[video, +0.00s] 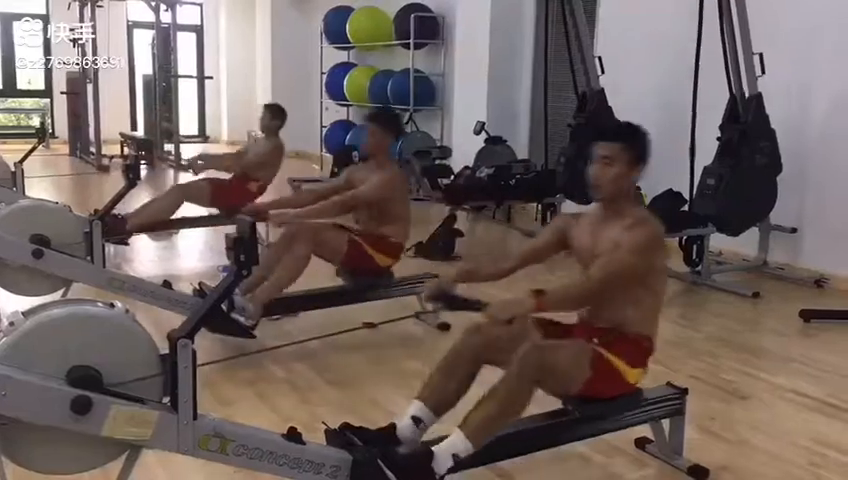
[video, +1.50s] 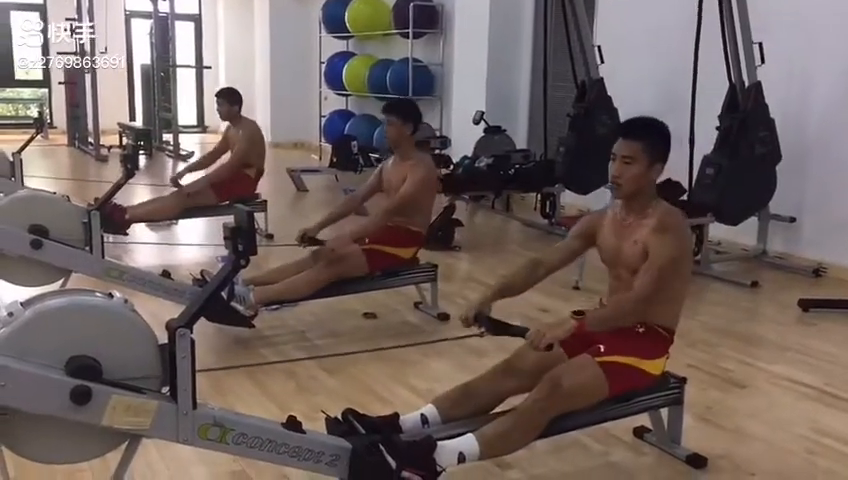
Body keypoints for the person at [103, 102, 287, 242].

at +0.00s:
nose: (261, 120)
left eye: (265, 117)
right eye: (263, 116)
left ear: (275, 123)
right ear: (270, 121)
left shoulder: (271, 146)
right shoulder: (261, 141)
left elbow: (237, 164)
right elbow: (233, 157)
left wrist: (204, 163)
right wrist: (205, 158)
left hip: (239, 195)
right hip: (234, 188)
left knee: (181, 190)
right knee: (179, 189)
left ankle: (127, 225)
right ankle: (127, 221)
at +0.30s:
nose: (274, 135)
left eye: (277, 131)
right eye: (275, 131)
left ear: (284, 135)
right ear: (287, 135)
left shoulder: (287, 161)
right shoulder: (281, 155)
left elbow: (295, 192)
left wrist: (267, 161)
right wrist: (254, 158)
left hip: (236, 192)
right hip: (231, 185)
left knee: (178, 192)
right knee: (177, 189)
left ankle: (122, 225)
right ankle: (122, 220)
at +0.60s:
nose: (260, 130)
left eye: (264, 126)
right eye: (260, 125)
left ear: (276, 128)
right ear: (264, 126)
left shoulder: (279, 156)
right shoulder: (264, 149)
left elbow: (275, 186)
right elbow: (250, 173)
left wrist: (243, 168)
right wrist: (228, 165)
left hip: (232, 191)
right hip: (225, 185)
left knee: (175, 191)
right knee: (172, 188)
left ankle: (118, 225)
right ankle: (117, 218)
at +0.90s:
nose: (241, 119)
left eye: (244, 115)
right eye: (241, 115)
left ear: (257, 115)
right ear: (250, 115)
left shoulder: (265, 140)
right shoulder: (250, 136)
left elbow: (254, 176)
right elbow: (234, 164)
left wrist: (215, 173)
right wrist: (209, 163)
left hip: (236, 187)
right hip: (227, 181)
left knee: (176, 194)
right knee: (174, 192)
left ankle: (118, 223)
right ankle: (117, 218)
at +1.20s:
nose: (227, 113)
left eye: (230, 109)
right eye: (226, 109)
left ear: (243, 109)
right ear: (232, 110)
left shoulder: (255, 135)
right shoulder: (237, 135)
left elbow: (245, 172)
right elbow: (222, 160)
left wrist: (209, 180)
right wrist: (195, 169)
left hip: (240, 189)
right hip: (229, 184)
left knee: (185, 198)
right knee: (181, 194)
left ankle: (122, 222)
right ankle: (121, 216)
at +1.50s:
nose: (218, 110)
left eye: (221, 105)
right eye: (217, 105)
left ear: (235, 106)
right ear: (227, 106)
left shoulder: (248, 131)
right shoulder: (232, 130)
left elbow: (229, 169)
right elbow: (212, 156)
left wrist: (189, 188)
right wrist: (183, 172)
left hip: (241, 186)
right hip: (230, 181)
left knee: (183, 200)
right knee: (180, 196)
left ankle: (126, 218)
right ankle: (124, 212)